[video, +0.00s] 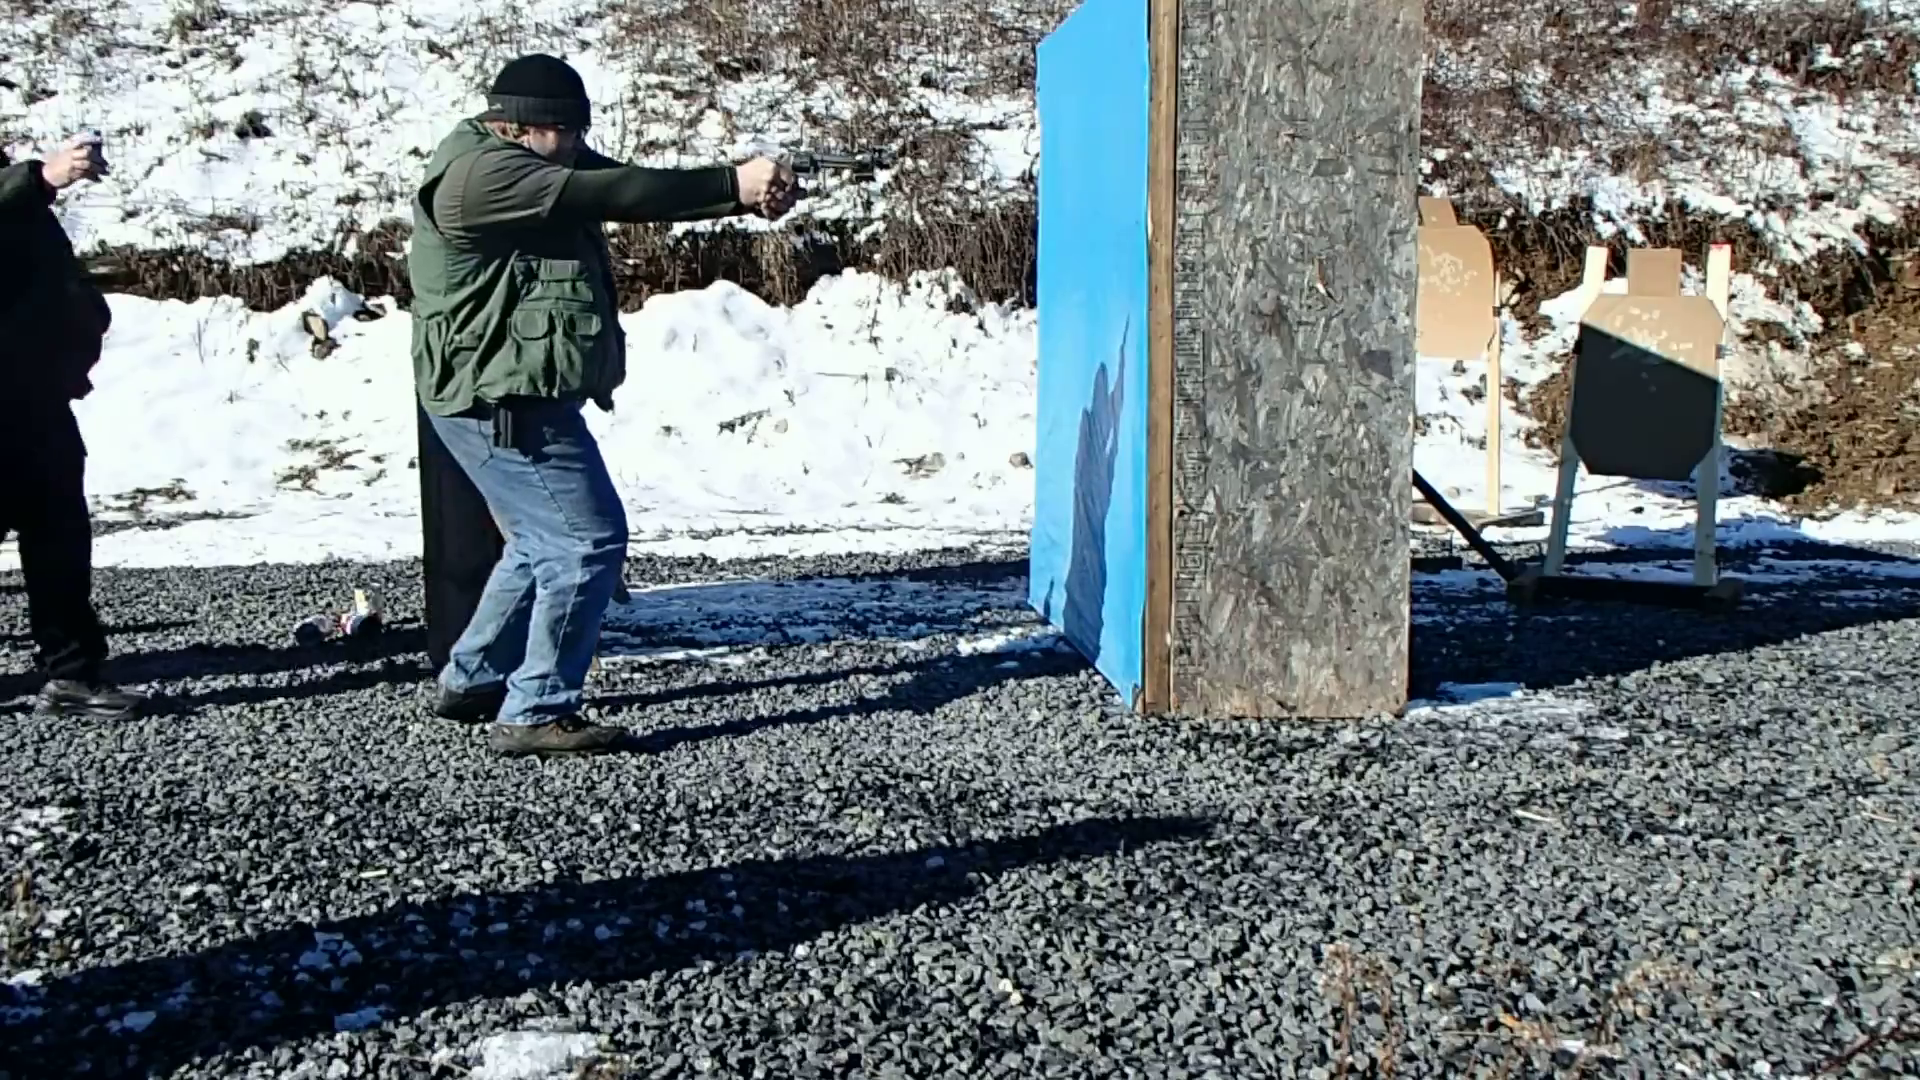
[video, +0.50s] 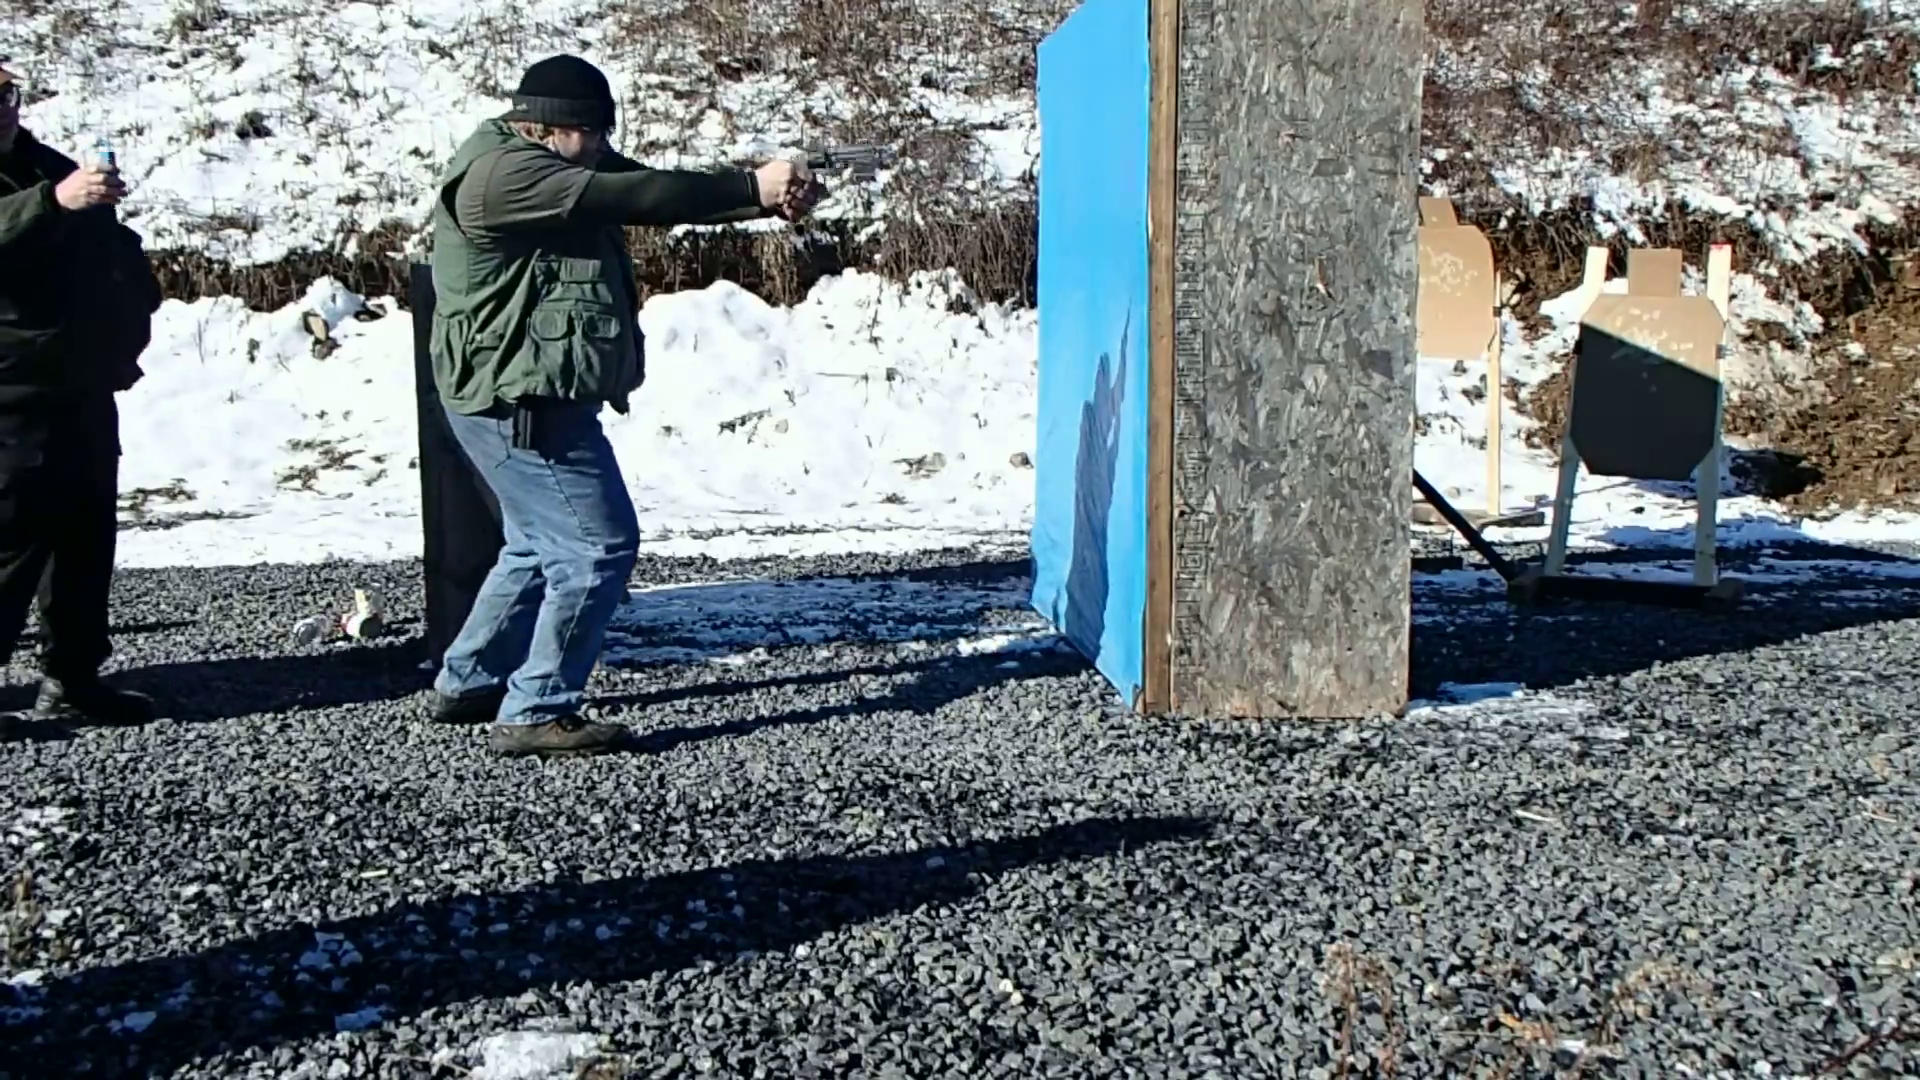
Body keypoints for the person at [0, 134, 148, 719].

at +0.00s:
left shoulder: (26, 213)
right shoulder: (22, 214)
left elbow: (76, 296)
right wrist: (40, 178)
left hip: (36, 393)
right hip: (21, 394)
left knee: (57, 525)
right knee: (52, 525)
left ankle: (71, 668)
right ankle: (68, 670)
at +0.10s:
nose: (14, 112)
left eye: (13, 101)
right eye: (6, 102)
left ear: (18, 112)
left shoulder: (31, 180)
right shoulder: (17, 182)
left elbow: (87, 281)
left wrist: (100, 343)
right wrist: (49, 181)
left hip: (58, 389)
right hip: (15, 392)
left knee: (81, 529)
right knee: (19, 533)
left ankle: (76, 670)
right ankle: (72, 671)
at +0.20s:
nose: (19, 109)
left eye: (20, 97)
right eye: (8, 99)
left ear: (26, 104)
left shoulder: (45, 176)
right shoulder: (11, 181)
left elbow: (98, 263)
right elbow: (5, 224)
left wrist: (122, 314)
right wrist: (54, 186)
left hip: (72, 385)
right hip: (13, 388)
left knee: (87, 529)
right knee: (20, 533)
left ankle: (74, 674)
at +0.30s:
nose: (21, 106)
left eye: (21, 94)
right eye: (9, 97)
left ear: (26, 100)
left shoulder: (55, 176)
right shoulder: (11, 181)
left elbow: (123, 268)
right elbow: (5, 223)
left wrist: (121, 324)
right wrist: (54, 185)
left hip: (79, 387)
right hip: (16, 390)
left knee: (86, 540)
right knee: (17, 541)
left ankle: (73, 683)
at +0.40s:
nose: (17, 104)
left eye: (17, 93)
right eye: (7, 95)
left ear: (22, 101)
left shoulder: (58, 173)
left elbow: (132, 267)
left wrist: (119, 345)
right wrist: (52, 192)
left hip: (83, 391)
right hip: (15, 393)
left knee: (86, 541)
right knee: (15, 546)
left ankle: (79, 681)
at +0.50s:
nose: (9, 106)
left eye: (11, 94)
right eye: (1, 96)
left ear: (19, 103)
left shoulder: (59, 174)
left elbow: (131, 269)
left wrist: (117, 350)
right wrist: (53, 202)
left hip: (84, 397)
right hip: (14, 400)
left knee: (86, 545)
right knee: (13, 553)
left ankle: (77, 680)